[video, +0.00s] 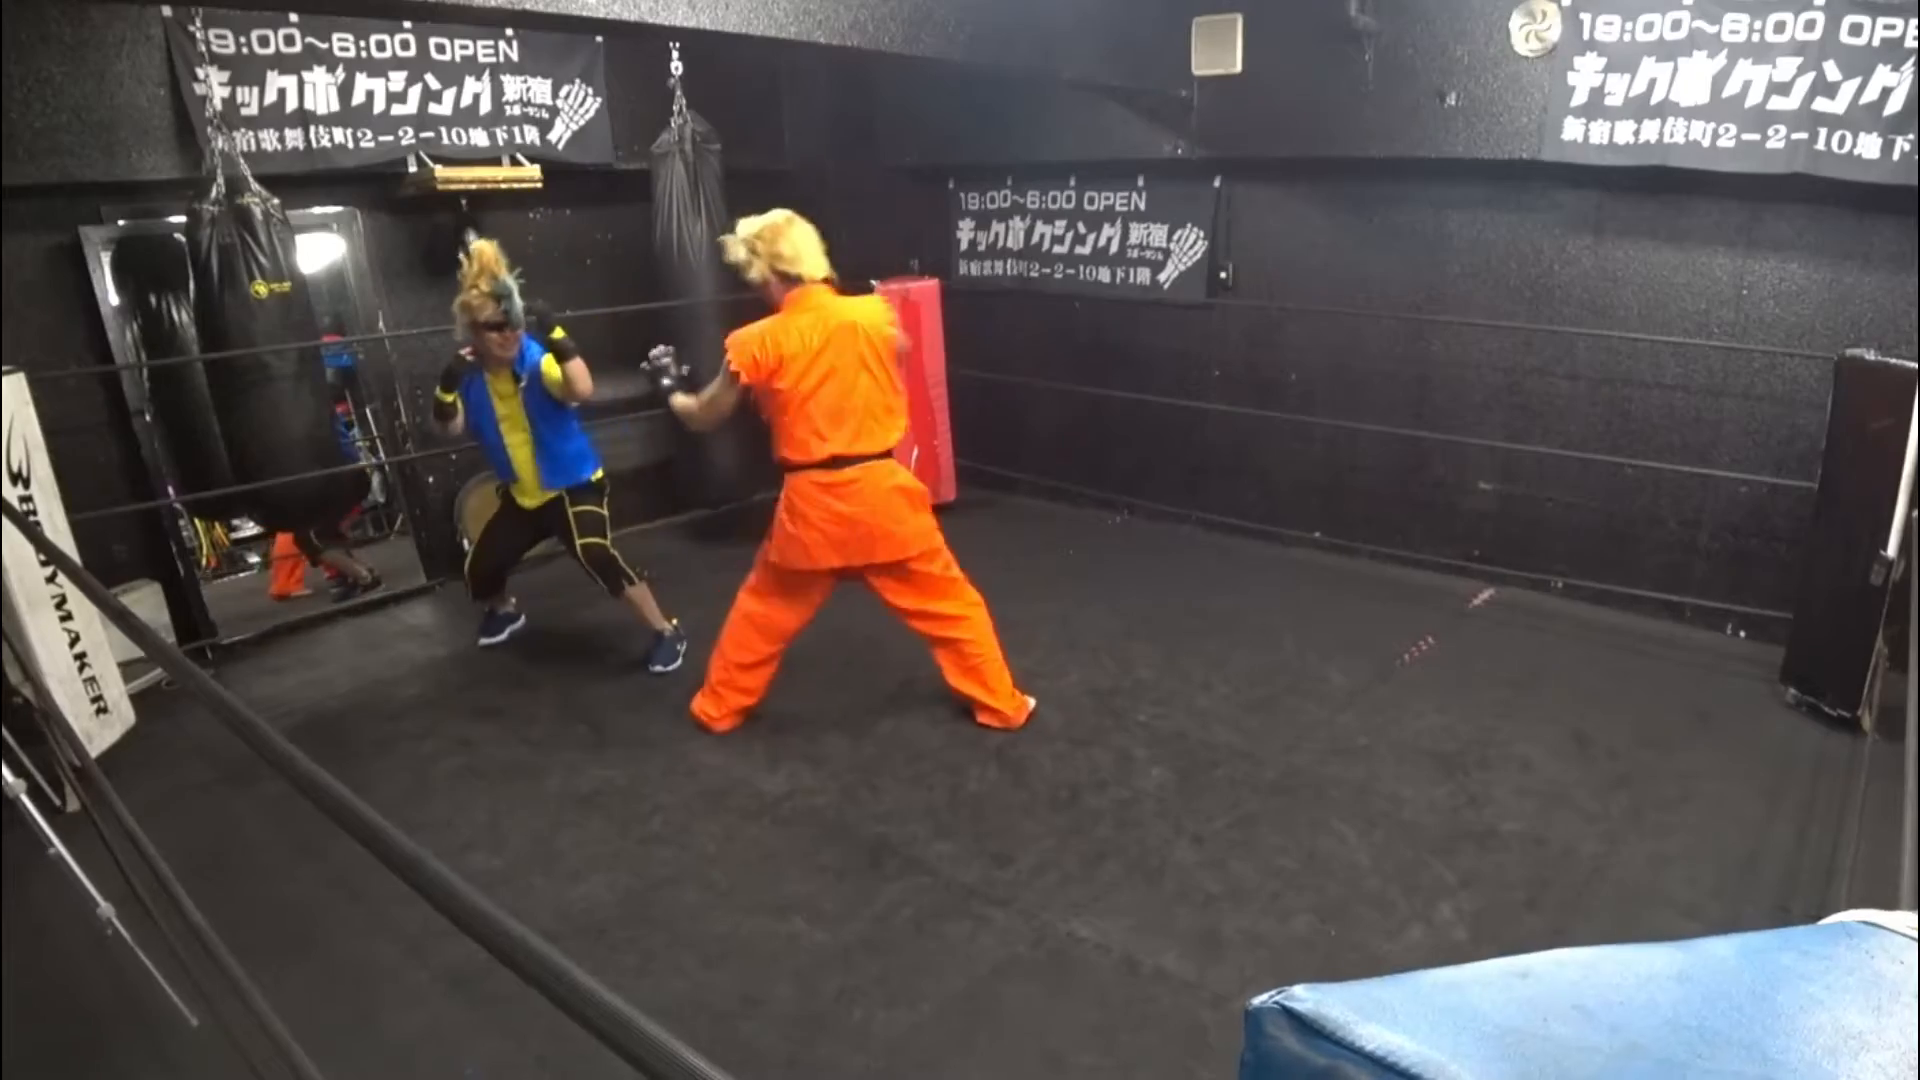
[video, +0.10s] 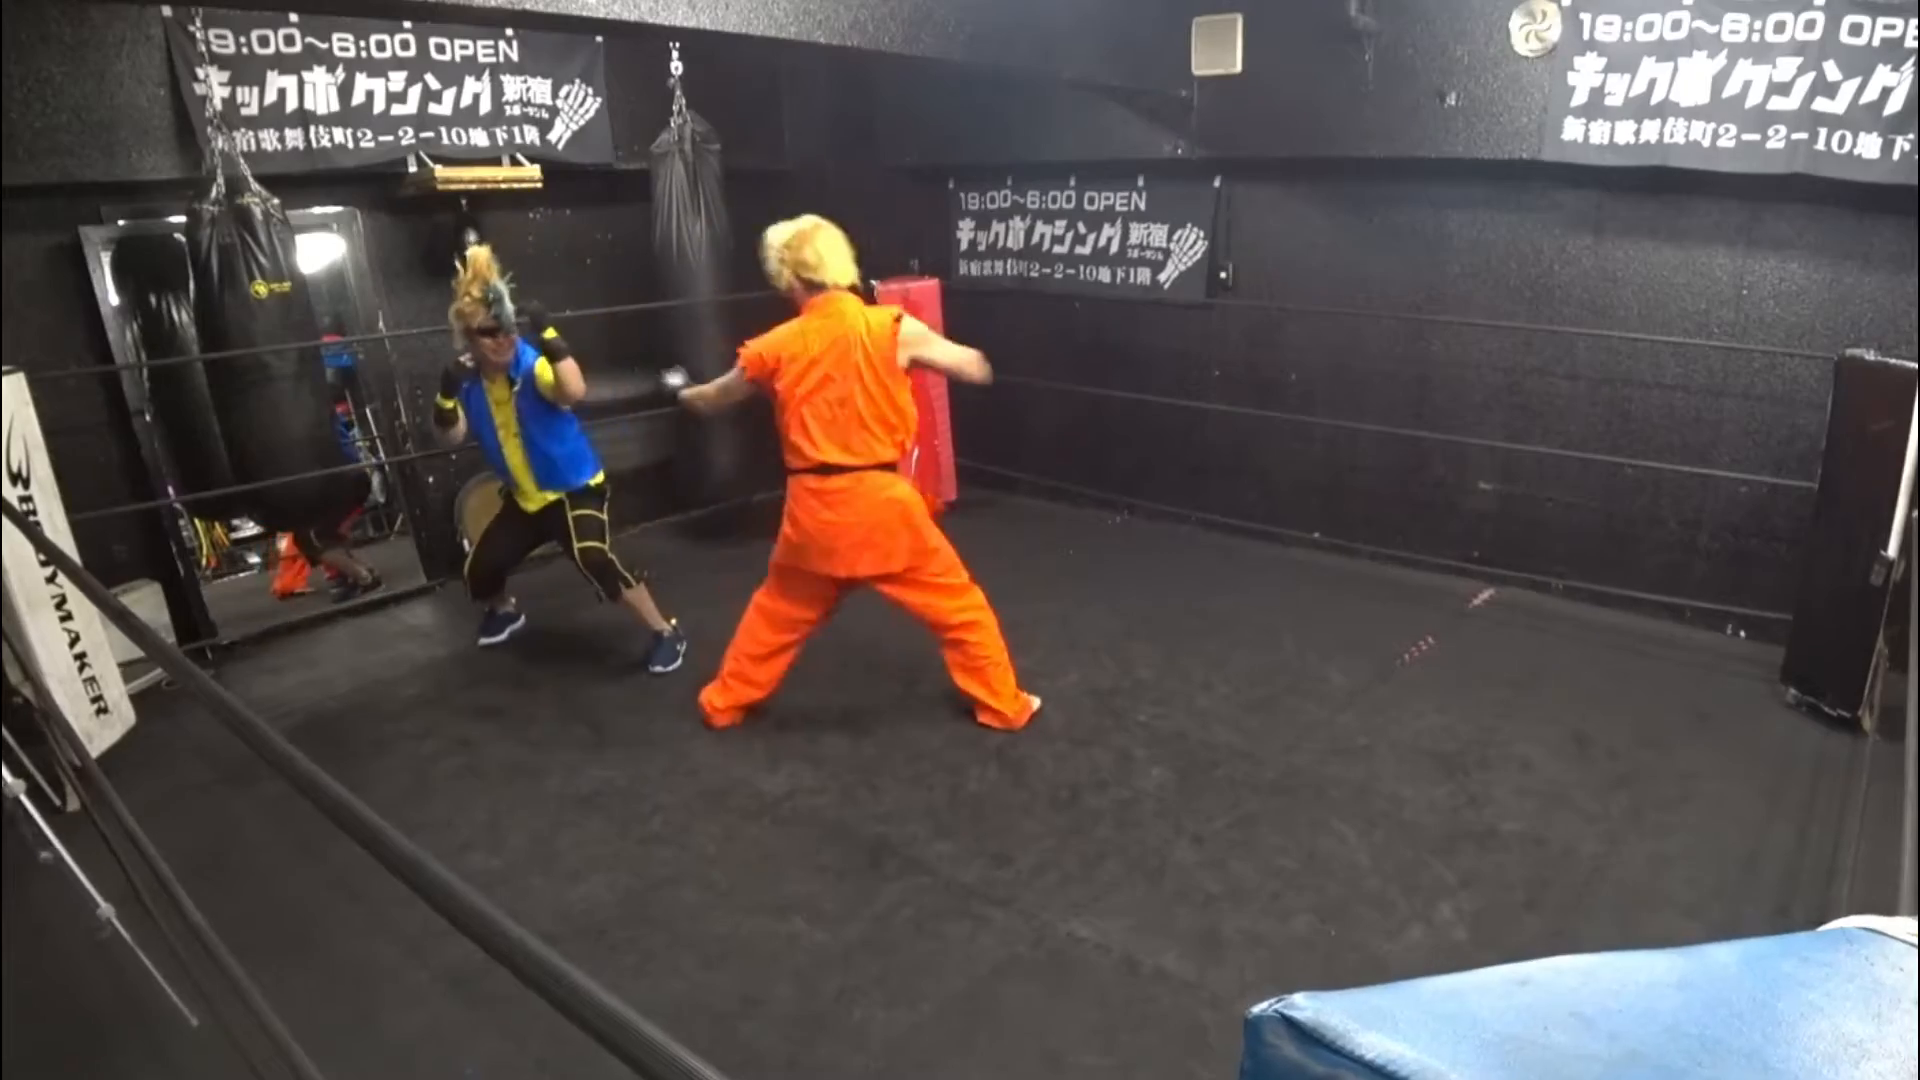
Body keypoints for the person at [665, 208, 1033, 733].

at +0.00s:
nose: (755, 290)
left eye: (756, 279)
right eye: (753, 279)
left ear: (773, 274)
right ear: (820, 262)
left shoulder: (759, 342)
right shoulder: (876, 315)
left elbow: (704, 414)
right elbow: (899, 356)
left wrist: (672, 390)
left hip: (813, 504)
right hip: (887, 493)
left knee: (766, 603)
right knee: (949, 599)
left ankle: (718, 707)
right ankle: (1002, 705)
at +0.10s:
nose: (779, 287)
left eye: (781, 277)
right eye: (779, 277)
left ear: (793, 280)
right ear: (846, 269)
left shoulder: (780, 345)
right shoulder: (892, 327)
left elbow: (715, 398)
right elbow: (976, 367)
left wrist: (684, 393)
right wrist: (929, 346)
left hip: (813, 510)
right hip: (887, 503)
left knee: (779, 607)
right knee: (958, 603)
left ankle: (723, 702)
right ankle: (1003, 704)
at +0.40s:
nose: (838, 306)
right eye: (834, 297)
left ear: (776, 314)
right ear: (828, 304)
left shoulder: (754, 373)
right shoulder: (851, 348)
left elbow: (684, 422)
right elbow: (917, 351)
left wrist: (678, 479)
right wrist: (976, 332)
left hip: (772, 526)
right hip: (846, 524)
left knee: (714, 605)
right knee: (928, 610)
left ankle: (646, 694)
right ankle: (1001, 703)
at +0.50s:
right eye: (763, 285)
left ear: (705, 304)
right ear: (764, 294)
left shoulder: (691, 366)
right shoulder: (798, 349)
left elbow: (659, 445)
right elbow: (843, 406)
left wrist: (677, 478)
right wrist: (881, 429)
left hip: (725, 521)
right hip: (800, 513)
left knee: (672, 608)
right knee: (882, 612)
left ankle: (630, 704)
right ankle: (987, 694)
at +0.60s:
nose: (624, 321)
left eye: (624, 312)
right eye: (621, 311)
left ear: (641, 310)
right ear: (685, 299)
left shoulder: (652, 371)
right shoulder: (738, 348)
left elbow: (666, 466)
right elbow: (789, 432)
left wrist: (639, 457)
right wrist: (734, 431)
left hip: (710, 524)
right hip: (771, 505)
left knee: (638, 605)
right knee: (823, 612)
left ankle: (619, 704)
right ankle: (931, 677)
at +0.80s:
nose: (560, 388)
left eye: (555, 375)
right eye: (550, 381)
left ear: (572, 351)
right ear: (575, 350)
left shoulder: (640, 382)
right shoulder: (619, 384)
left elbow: (731, 417)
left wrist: (665, 462)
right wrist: (628, 477)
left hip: (699, 529)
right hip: (730, 519)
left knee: (605, 596)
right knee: (760, 633)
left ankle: (610, 707)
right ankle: (878, 680)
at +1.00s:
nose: (552, 371)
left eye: (550, 360)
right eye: (547, 362)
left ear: (569, 349)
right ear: (593, 332)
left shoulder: (614, 398)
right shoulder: (656, 358)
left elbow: (676, 459)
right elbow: (708, 415)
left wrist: (645, 499)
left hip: (700, 527)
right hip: (748, 498)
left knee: (603, 589)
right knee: (790, 605)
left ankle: (608, 705)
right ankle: (903, 653)